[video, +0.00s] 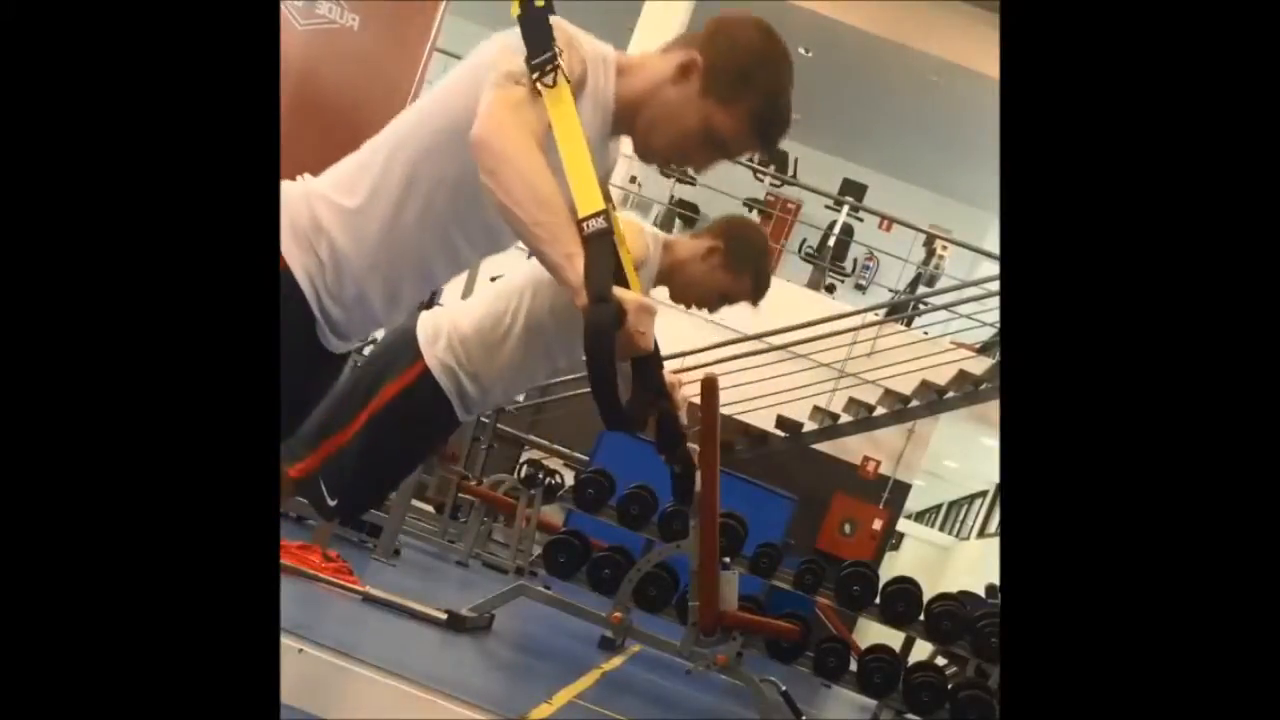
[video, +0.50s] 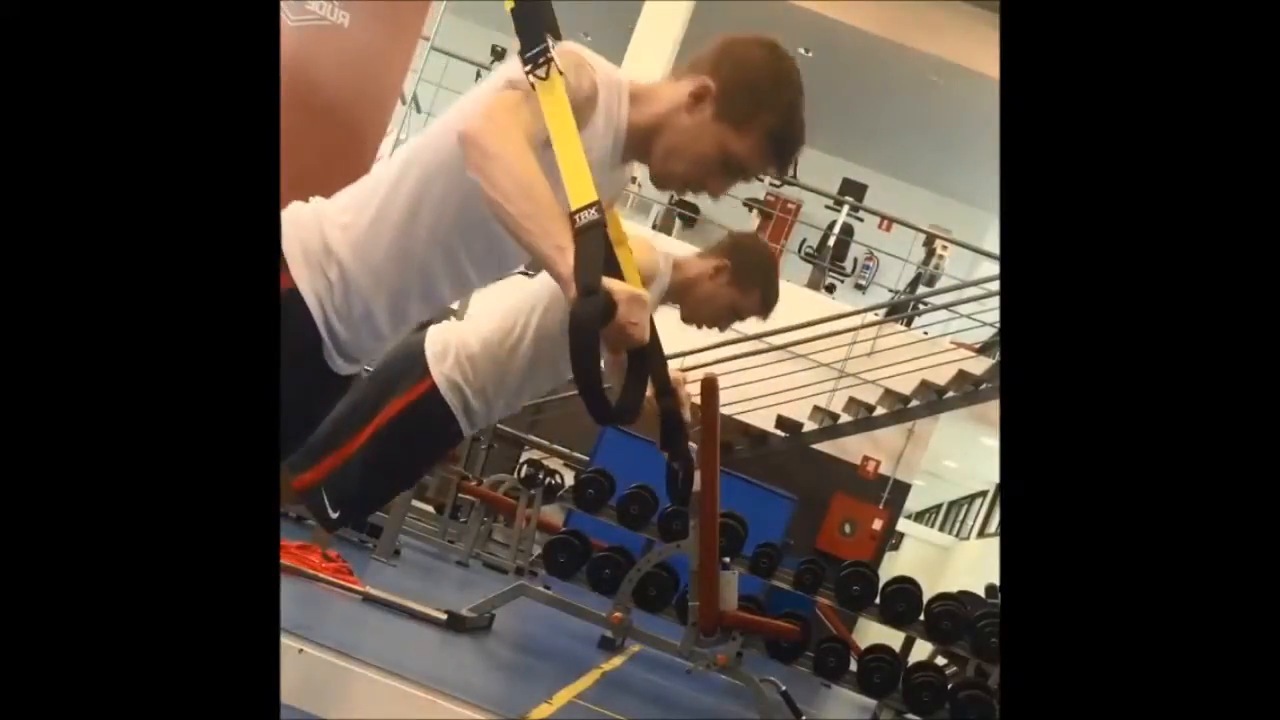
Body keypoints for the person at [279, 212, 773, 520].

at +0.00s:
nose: (713, 307)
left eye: (726, 304)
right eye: (725, 296)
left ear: (710, 252)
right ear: (711, 252)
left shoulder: (639, 279)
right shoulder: (623, 247)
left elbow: (640, 366)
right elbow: (610, 387)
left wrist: (664, 414)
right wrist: (643, 416)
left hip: (451, 391)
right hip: (425, 364)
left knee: (339, 509)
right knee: (302, 492)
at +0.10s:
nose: (709, 292)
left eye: (722, 287)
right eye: (720, 279)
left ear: (703, 237)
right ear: (704, 236)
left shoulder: (630, 268)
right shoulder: (615, 238)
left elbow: (603, 390)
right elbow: (593, 403)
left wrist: (661, 400)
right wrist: (653, 402)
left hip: (448, 387)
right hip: (424, 361)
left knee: (334, 505)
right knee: (303, 487)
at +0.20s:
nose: (707, 286)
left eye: (719, 280)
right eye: (718, 272)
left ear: (697, 230)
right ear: (698, 229)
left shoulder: (629, 275)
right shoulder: (610, 230)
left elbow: (609, 398)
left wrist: (676, 412)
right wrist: (672, 406)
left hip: (447, 389)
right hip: (421, 360)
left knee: (333, 507)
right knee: (300, 486)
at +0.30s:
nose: (708, 289)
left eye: (721, 283)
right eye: (720, 275)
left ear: (699, 232)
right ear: (701, 233)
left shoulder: (630, 265)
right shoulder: (617, 236)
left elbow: (618, 394)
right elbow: (612, 408)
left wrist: (678, 409)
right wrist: (676, 407)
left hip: (444, 390)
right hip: (421, 366)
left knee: (331, 508)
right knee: (300, 488)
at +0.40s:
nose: (714, 301)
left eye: (727, 297)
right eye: (725, 288)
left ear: (706, 246)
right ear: (708, 247)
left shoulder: (634, 271)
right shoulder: (621, 243)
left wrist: (670, 400)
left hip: (451, 395)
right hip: (425, 369)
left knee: (334, 510)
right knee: (303, 492)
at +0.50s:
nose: (722, 327)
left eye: (736, 323)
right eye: (734, 314)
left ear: (717, 270)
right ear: (719, 272)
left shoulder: (650, 279)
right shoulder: (637, 264)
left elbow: (637, 346)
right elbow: (585, 348)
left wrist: (667, 401)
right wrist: (621, 413)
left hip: (457, 391)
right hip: (440, 375)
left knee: (328, 510)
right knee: (306, 501)